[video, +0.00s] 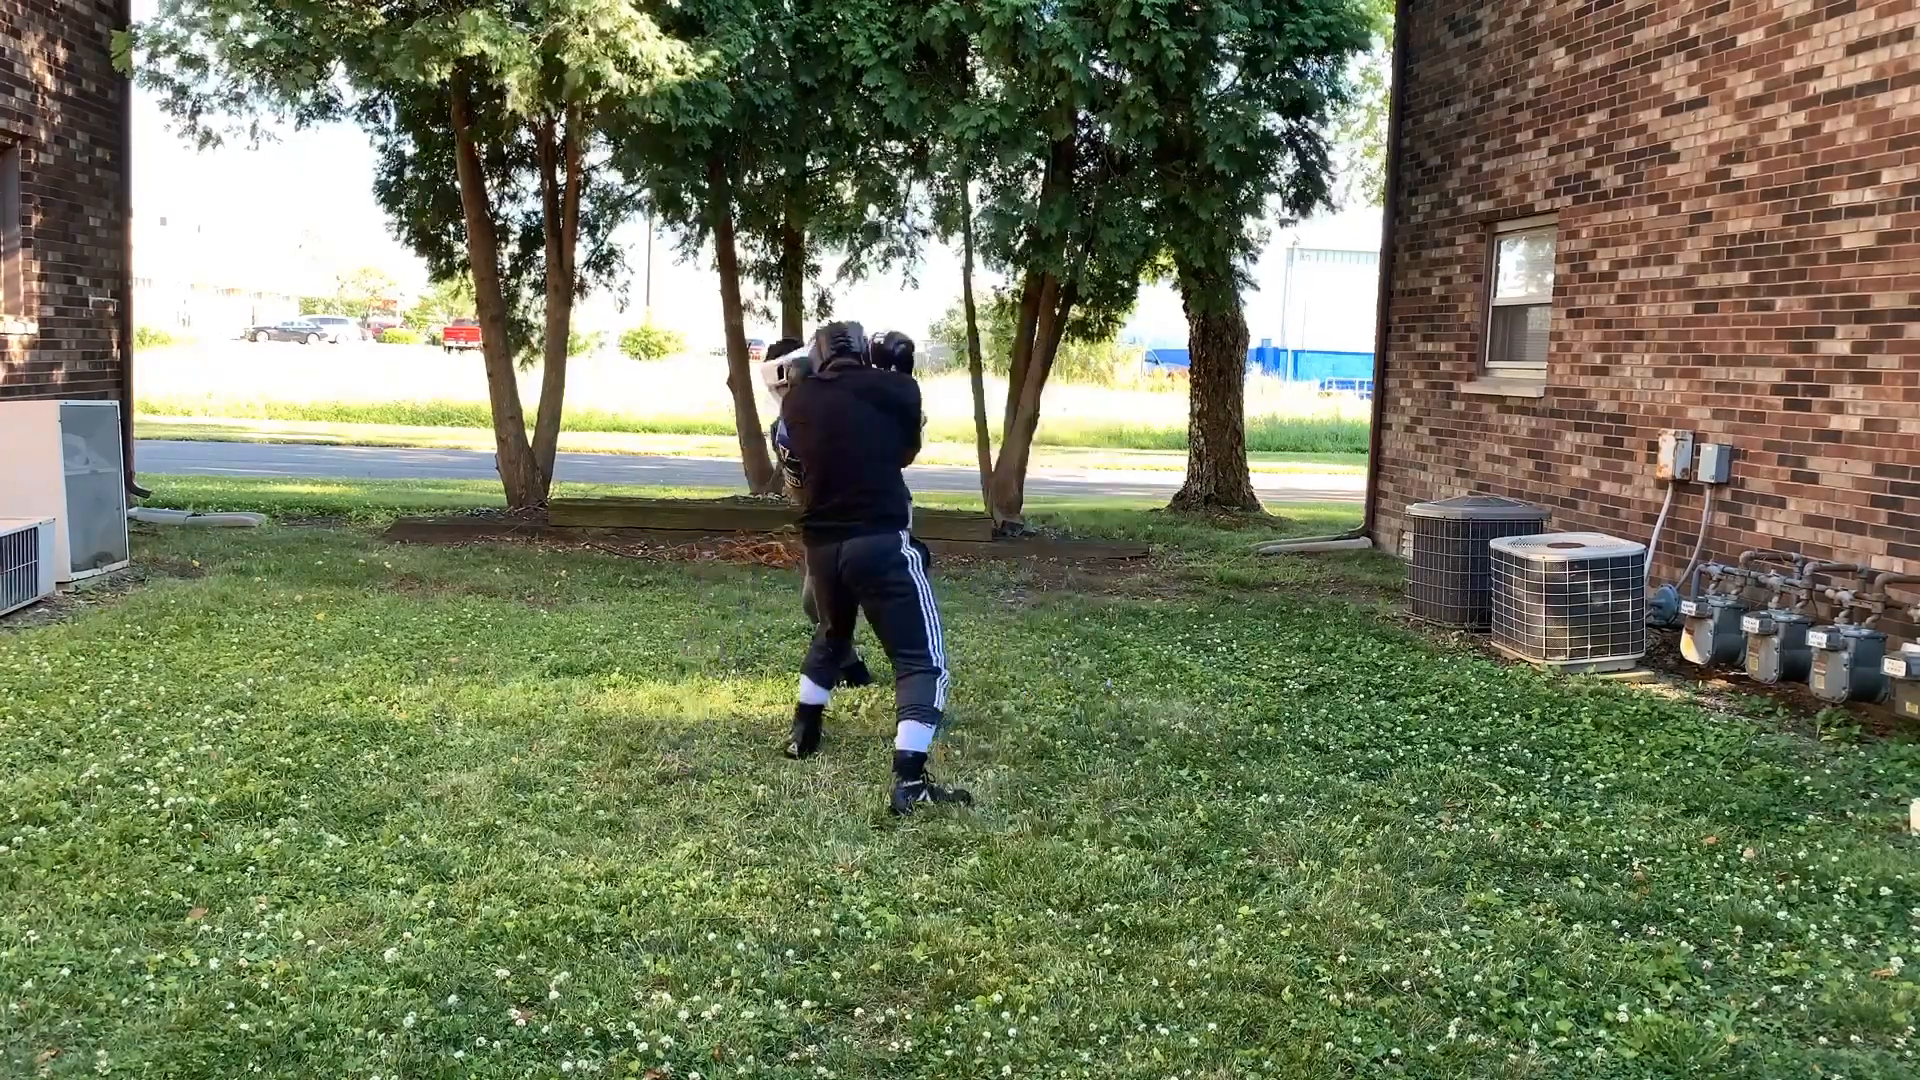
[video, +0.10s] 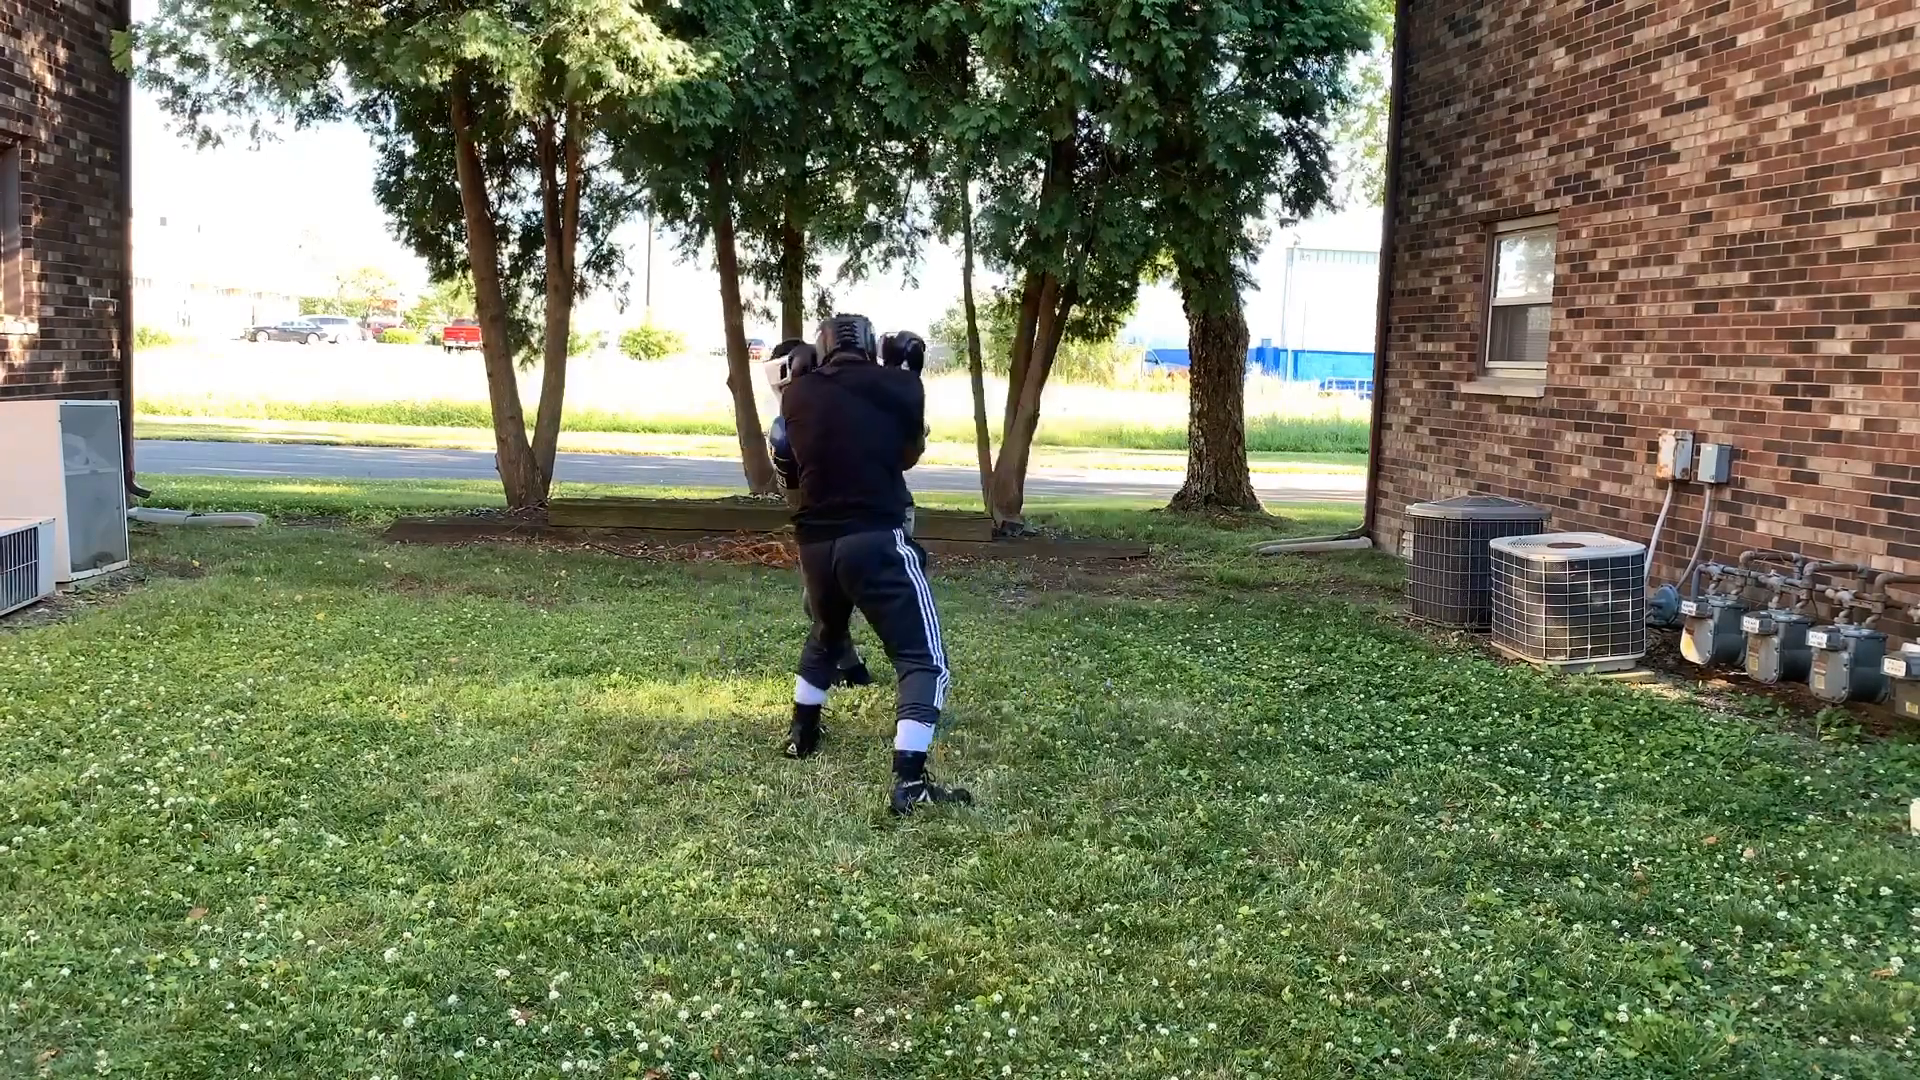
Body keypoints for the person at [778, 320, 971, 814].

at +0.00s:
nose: (872, 349)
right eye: (868, 344)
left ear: (819, 356)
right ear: (862, 351)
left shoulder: (797, 399)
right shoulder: (895, 388)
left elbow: (802, 462)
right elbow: (905, 453)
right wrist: (900, 379)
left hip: (823, 547)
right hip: (882, 543)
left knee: (830, 635)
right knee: (921, 660)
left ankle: (804, 735)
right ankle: (909, 781)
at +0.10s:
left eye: (823, 342)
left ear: (824, 348)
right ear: (869, 346)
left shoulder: (798, 391)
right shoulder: (901, 385)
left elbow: (791, 458)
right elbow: (909, 454)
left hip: (816, 544)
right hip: (878, 540)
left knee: (824, 634)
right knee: (923, 659)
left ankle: (802, 735)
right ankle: (909, 781)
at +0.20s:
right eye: (878, 334)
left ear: (831, 340)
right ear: (878, 341)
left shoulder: (796, 384)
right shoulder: (906, 384)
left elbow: (796, 452)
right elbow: (906, 458)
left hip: (807, 540)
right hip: (869, 537)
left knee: (816, 635)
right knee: (912, 655)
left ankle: (801, 735)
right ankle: (908, 779)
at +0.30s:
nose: (820, 325)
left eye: (825, 319)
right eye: (827, 317)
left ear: (832, 332)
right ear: (876, 333)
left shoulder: (797, 372)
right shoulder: (902, 388)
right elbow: (892, 445)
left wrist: (843, 355)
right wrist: (886, 363)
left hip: (792, 541)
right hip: (854, 541)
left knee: (798, 626)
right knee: (904, 655)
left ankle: (790, 734)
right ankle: (908, 780)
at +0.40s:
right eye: (861, 323)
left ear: (808, 329)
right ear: (861, 330)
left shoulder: (777, 374)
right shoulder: (883, 383)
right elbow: (885, 443)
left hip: (777, 538)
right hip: (836, 542)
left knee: (782, 623)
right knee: (898, 652)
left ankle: (746, 730)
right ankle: (907, 781)